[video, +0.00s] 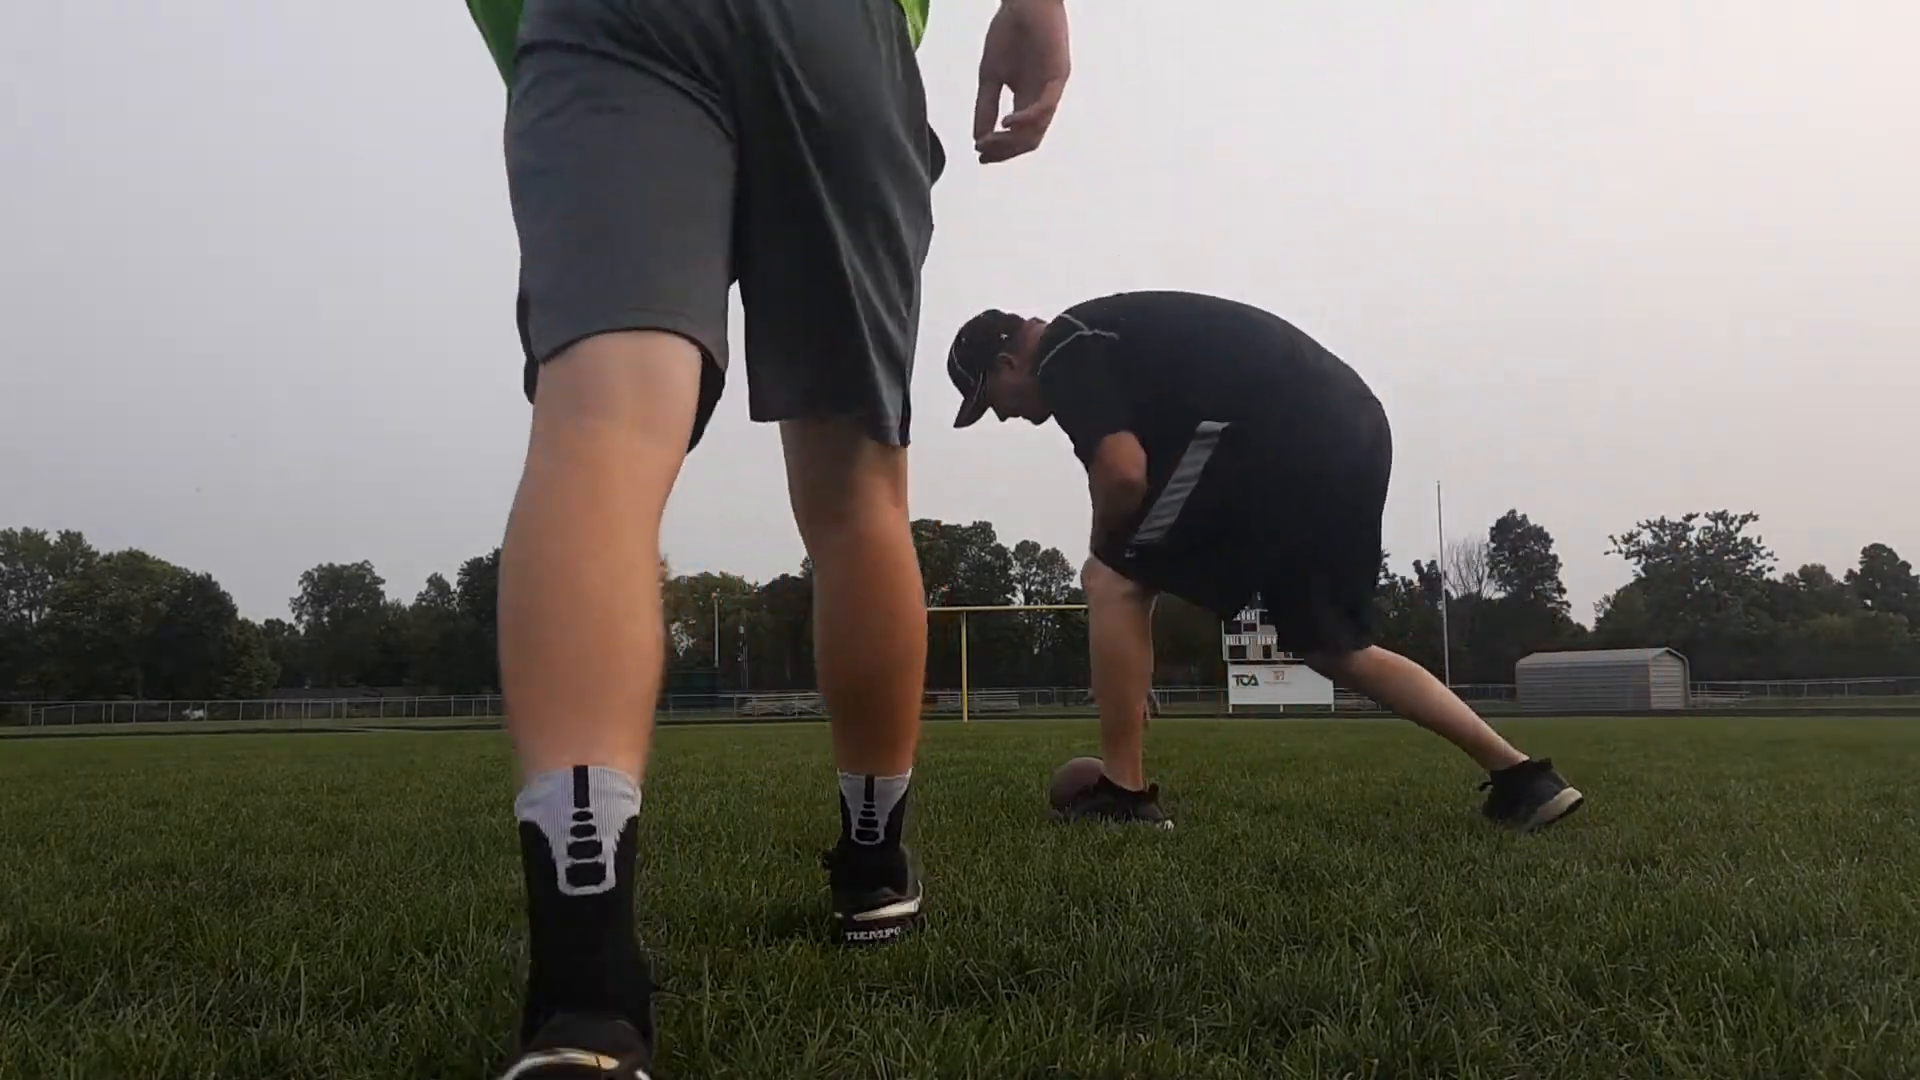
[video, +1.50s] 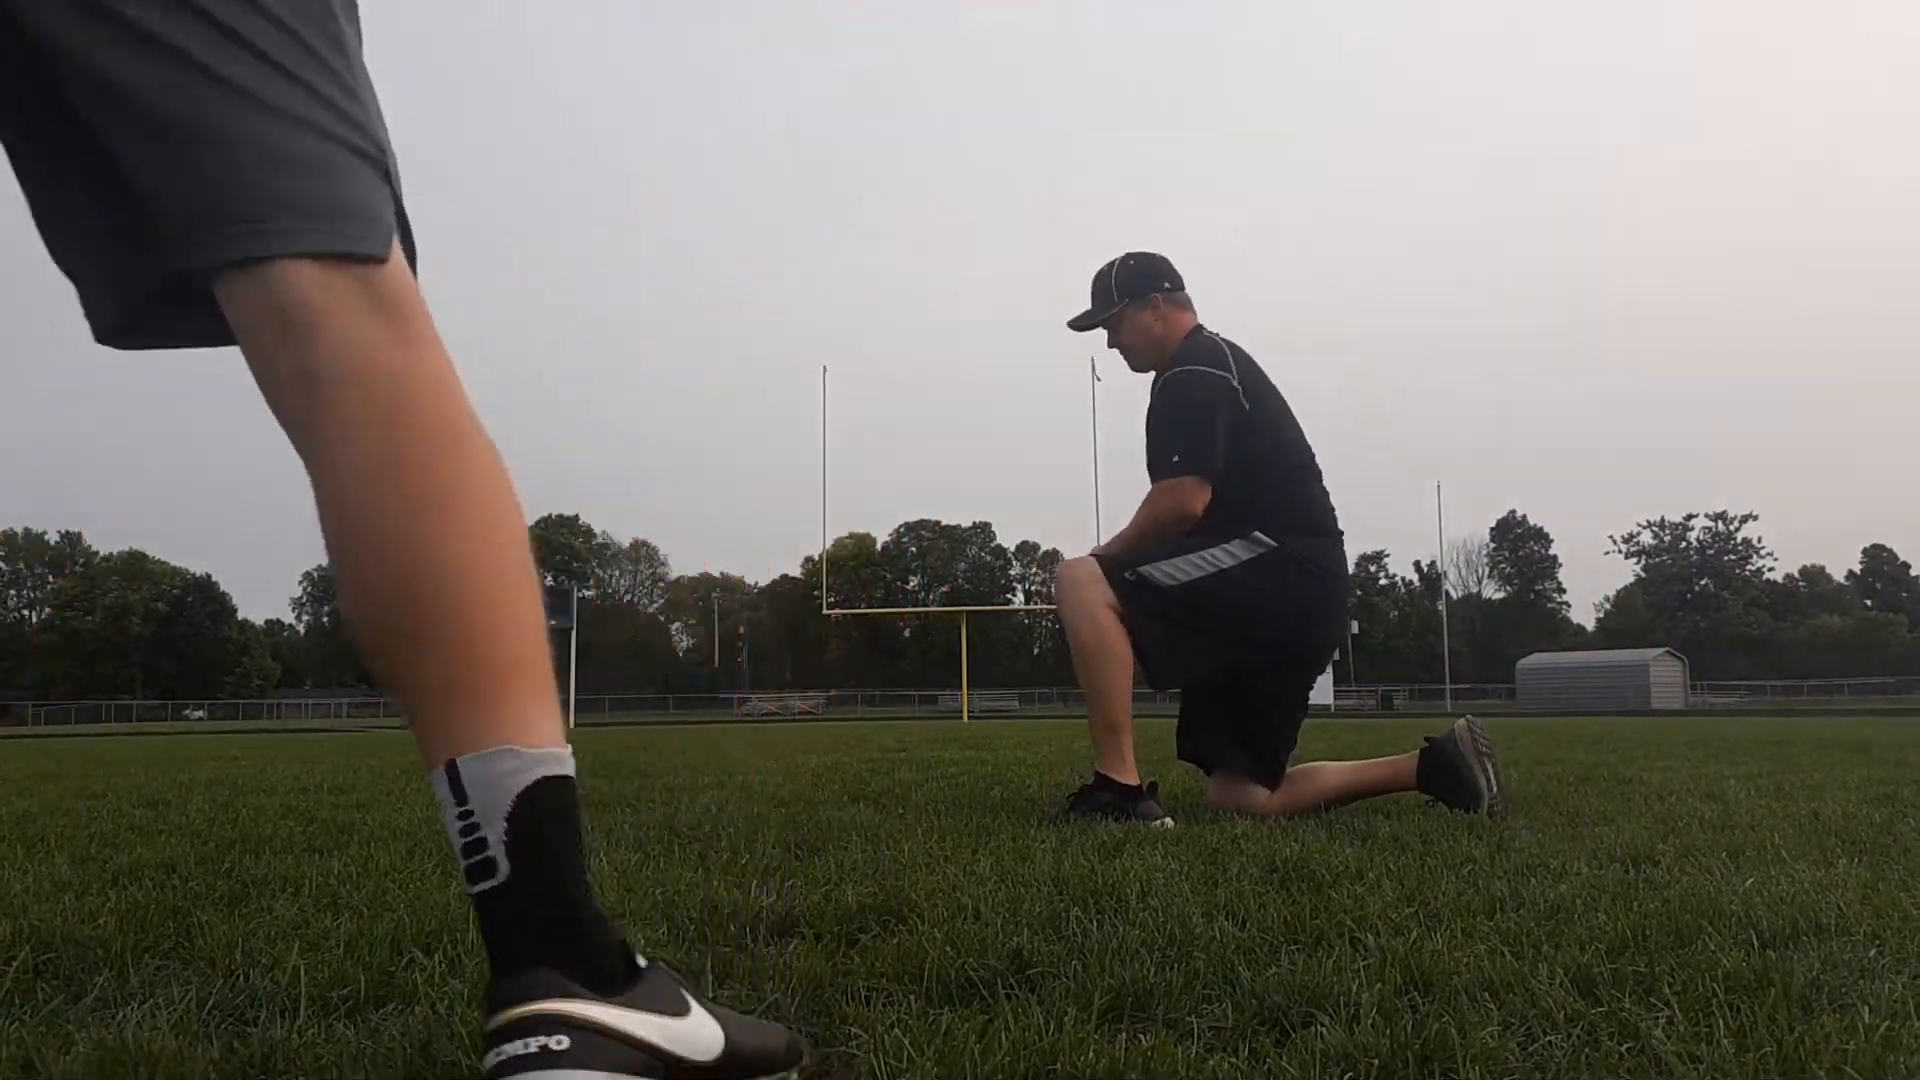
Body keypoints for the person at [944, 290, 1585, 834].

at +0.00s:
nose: (1014, 419)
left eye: (998, 402)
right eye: (997, 410)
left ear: (1012, 353)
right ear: (1028, 334)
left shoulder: (1066, 350)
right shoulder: (1120, 333)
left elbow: (1123, 469)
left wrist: (1103, 559)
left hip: (1261, 428)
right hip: (1356, 427)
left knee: (1113, 578)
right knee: (1332, 642)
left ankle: (1122, 785)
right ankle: (1518, 774)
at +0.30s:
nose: (974, 469)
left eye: (966, 450)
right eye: (962, 464)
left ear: (991, 406)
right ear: (997, 414)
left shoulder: (1057, 402)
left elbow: (1122, 490)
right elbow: (1108, 605)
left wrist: (1070, 557)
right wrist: (1085, 736)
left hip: (1270, 476)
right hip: (1337, 498)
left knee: (1075, 573)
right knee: (1279, 709)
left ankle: (1118, 786)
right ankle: (1481, 756)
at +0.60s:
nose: (963, 446)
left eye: (964, 425)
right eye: (951, 440)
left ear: (1004, 398)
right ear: (967, 446)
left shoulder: (1068, 419)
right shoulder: (1048, 504)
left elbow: (1134, 510)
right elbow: (1095, 630)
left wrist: (1046, 553)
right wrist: (1076, 751)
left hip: (1264, 542)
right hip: (1289, 580)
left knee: (1052, 576)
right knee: (1238, 786)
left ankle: (1119, 784)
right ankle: (1431, 765)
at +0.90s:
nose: (1003, 435)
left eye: (1005, 415)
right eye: (995, 424)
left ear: (1050, 388)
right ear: (1024, 409)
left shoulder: (1118, 408)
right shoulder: (1072, 495)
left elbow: (1169, 514)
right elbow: (1121, 622)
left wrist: (1065, 552)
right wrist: (1094, 748)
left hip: (1286, 559)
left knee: (1076, 576)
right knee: (1238, 797)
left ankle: (1120, 789)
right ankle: (1426, 764)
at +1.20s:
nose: (1067, 374)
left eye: (1067, 357)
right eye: (1060, 363)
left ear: (1110, 336)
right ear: (1114, 341)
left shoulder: (1169, 377)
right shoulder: (1153, 413)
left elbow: (1179, 497)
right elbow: (1188, 547)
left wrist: (1091, 557)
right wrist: (1147, 658)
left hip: (1287, 562)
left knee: (1088, 577)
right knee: (1238, 795)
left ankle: (1120, 786)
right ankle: (1428, 766)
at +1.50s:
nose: (1111, 343)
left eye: (1114, 325)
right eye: (1106, 330)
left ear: (1157, 307)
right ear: (1163, 308)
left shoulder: (1193, 370)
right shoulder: (1219, 364)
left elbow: (1182, 500)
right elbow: (1212, 509)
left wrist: (1104, 559)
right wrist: (1126, 566)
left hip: (1275, 566)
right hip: (1311, 589)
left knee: (1083, 582)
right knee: (1235, 796)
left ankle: (1120, 786)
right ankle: (1430, 767)